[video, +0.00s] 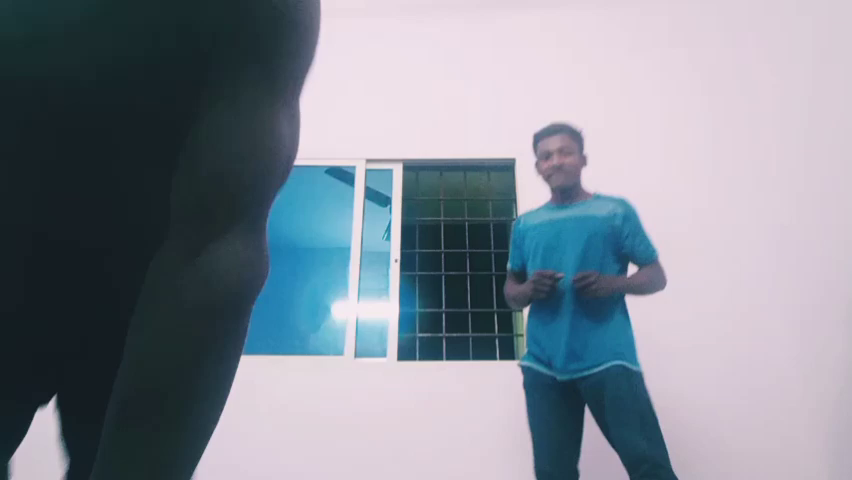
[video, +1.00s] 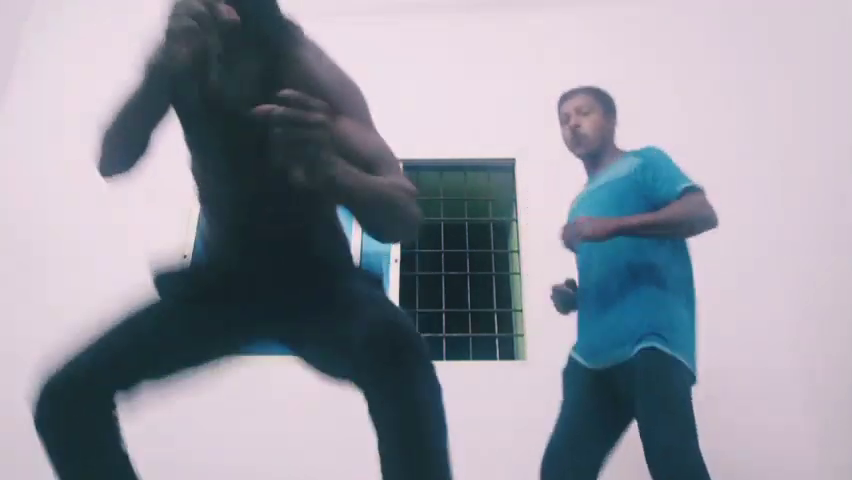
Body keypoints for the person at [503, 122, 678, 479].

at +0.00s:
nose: (555, 162)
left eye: (564, 153)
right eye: (546, 156)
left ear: (583, 160)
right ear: (537, 167)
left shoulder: (615, 212)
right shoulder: (525, 224)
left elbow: (656, 277)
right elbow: (511, 295)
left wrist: (613, 283)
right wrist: (529, 288)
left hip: (607, 363)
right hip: (544, 367)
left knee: (648, 465)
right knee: (552, 471)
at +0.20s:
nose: (553, 164)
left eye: (562, 152)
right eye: (547, 157)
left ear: (590, 151)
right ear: (544, 162)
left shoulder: (639, 203)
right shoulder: (548, 223)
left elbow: (686, 266)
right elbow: (549, 281)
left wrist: (621, 259)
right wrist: (546, 303)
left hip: (635, 363)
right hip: (567, 365)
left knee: (661, 469)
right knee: (537, 468)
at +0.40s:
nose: (535, 124)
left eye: (543, 113)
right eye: (527, 121)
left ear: (568, 116)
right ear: (524, 133)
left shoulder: (612, 154)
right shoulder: (535, 194)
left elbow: (674, 206)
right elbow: (556, 261)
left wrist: (601, 214)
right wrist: (544, 275)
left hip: (628, 319)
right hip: (563, 327)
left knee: (665, 435)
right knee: (567, 443)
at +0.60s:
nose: (535, 147)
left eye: (545, 137)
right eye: (526, 143)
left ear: (569, 144)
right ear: (523, 158)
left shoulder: (610, 187)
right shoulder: (526, 227)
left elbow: (669, 246)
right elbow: (538, 302)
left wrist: (601, 259)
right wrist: (527, 309)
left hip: (631, 352)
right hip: (560, 364)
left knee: (690, 462)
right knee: (550, 469)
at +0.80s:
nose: (552, 103)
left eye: (561, 92)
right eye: (544, 99)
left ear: (585, 96)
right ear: (541, 113)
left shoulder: (624, 134)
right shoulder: (548, 177)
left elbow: (686, 192)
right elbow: (560, 246)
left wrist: (620, 204)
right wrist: (547, 253)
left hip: (633, 302)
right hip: (571, 315)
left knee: (667, 426)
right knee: (573, 439)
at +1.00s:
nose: (572, 124)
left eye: (583, 113)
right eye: (565, 119)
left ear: (610, 121)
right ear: (562, 134)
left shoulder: (647, 162)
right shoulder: (579, 205)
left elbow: (702, 213)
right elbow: (610, 282)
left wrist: (612, 225)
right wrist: (576, 296)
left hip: (653, 342)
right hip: (594, 355)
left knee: (674, 466)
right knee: (561, 468)